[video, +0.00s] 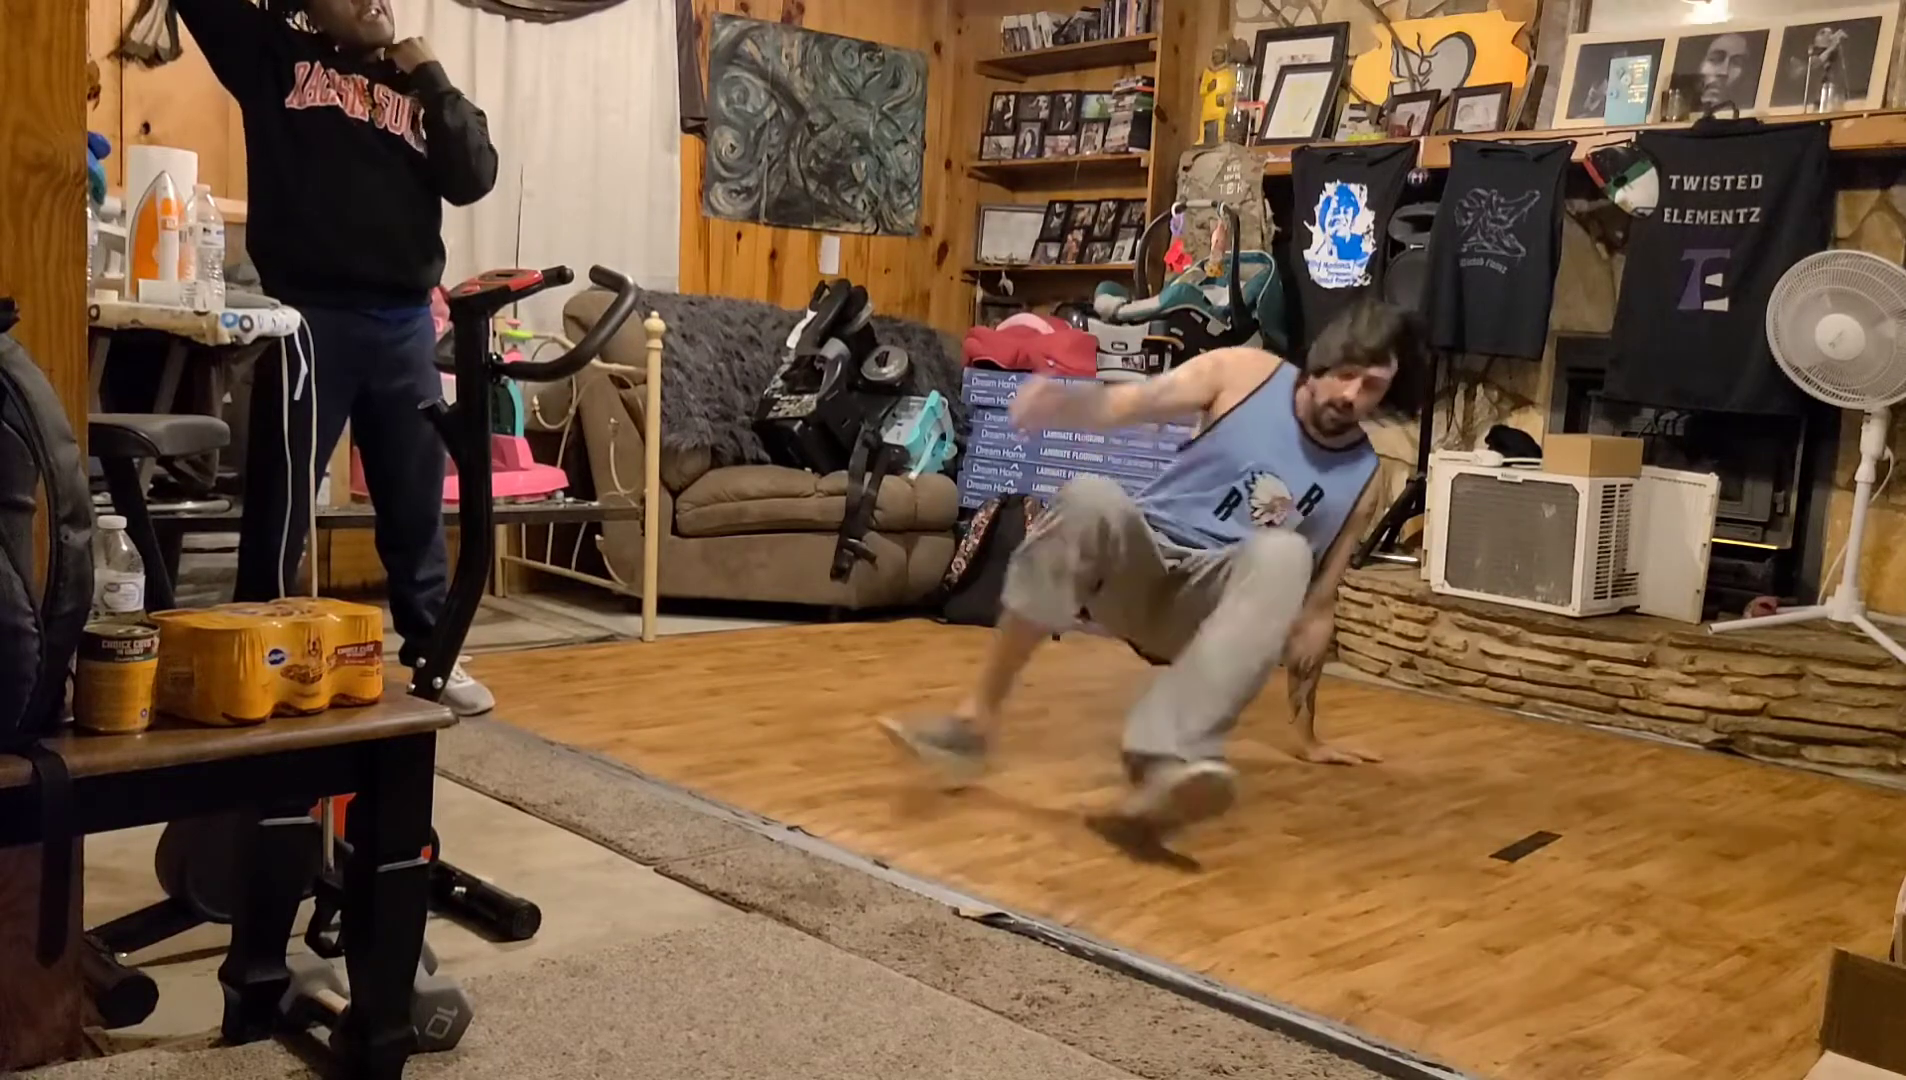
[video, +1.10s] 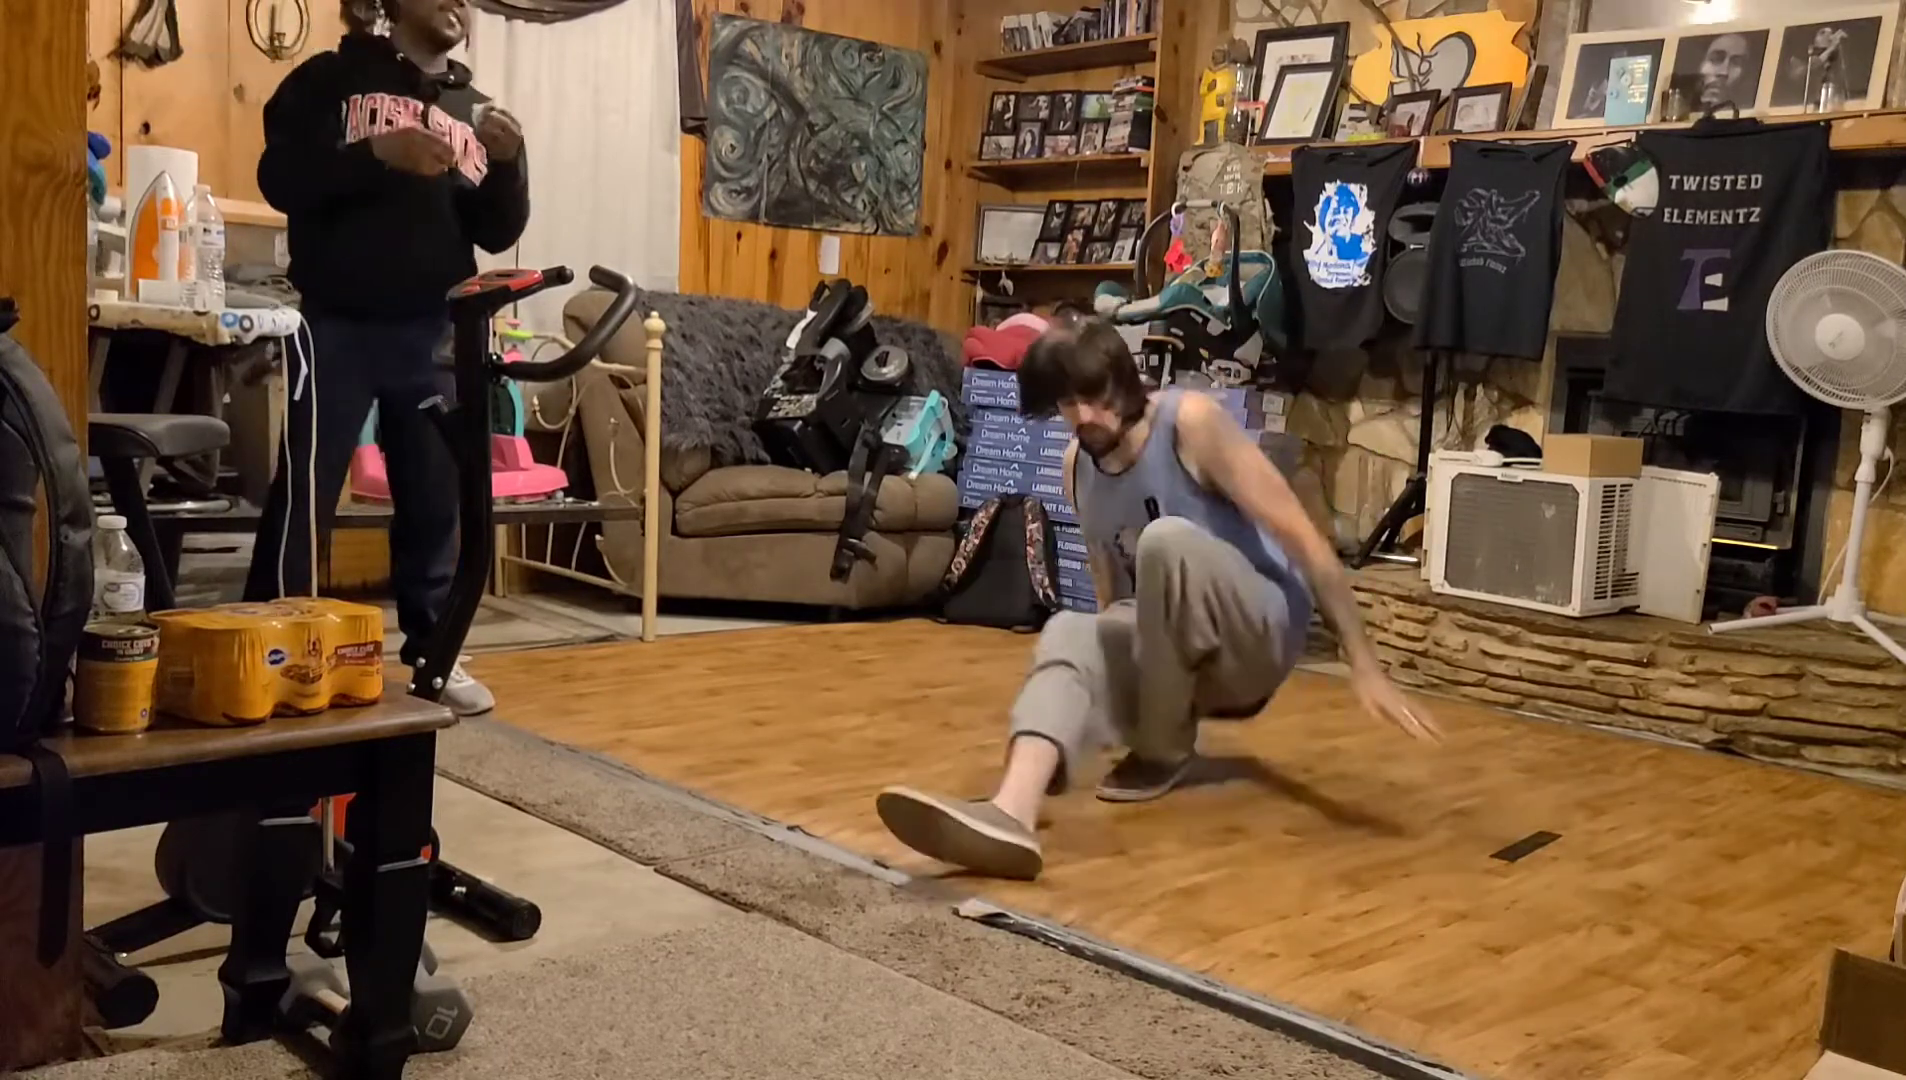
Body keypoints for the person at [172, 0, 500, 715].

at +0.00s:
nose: (378, 3)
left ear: (385, 8)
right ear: (310, 10)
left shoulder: (419, 86)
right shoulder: (272, 56)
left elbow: (472, 181)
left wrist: (430, 79)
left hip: (403, 324)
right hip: (306, 319)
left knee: (415, 502)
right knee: (280, 502)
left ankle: (433, 657)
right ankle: (256, 661)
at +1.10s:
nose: (459, 8)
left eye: (462, 1)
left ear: (462, 14)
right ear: (394, 3)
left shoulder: (467, 105)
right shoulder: (327, 80)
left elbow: (495, 230)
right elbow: (282, 179)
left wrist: (507, 164)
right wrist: (375, 152)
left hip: (433, 330)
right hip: (337, 326)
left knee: (436, 501)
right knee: (306, 495)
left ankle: (432, 658)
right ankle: (265, 656)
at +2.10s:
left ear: (477, 12)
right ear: (403, 8)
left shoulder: (508, 117)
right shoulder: (351, 89)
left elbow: (530, 236)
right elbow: (302, 186)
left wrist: (455, 249)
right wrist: (320, 204)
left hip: (451, 334)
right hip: (356, 327)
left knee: (449, 502)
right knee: (333, 495)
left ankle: (434, 661)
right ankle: (308, 657)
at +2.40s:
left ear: (417, 7)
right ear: (334, 5)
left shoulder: (456, 112)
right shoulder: (293, 93)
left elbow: (472, 245)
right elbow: (274, 197)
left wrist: (424, 333)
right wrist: (217, 214)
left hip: (416, 334)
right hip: (317, 329)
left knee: (433, 497)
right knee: (314, 494)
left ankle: (433, 657)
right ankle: (305, 654)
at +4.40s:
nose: (258, 17)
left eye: (278, 4)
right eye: (249, 3)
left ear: (320, 11)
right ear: (236, 8)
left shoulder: (373, 97)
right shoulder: (206, 97)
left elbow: (406, 226)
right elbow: (177, 215)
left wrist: (357, 322)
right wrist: (208, 316)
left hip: (376, 309)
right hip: (275, 314)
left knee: (409, 482)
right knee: (292, 488)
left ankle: (442, 653)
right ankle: (298, 650)